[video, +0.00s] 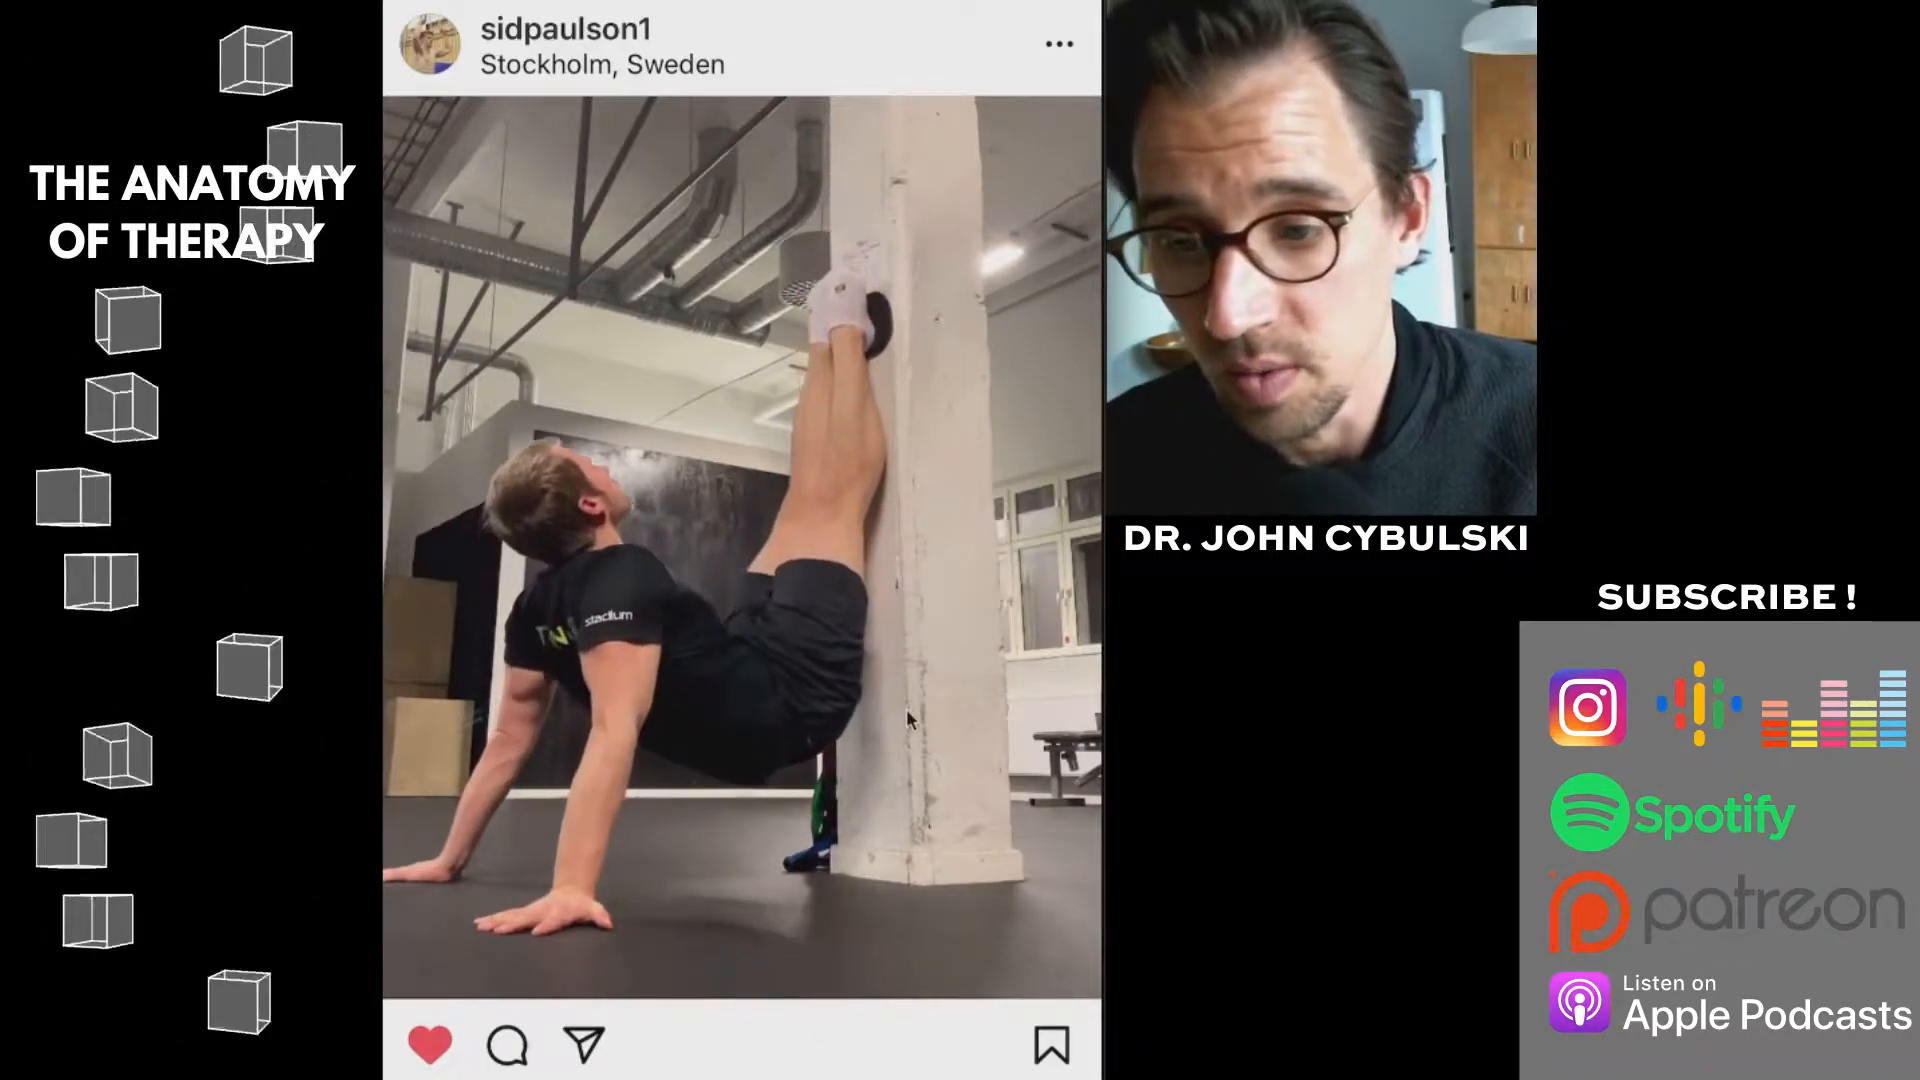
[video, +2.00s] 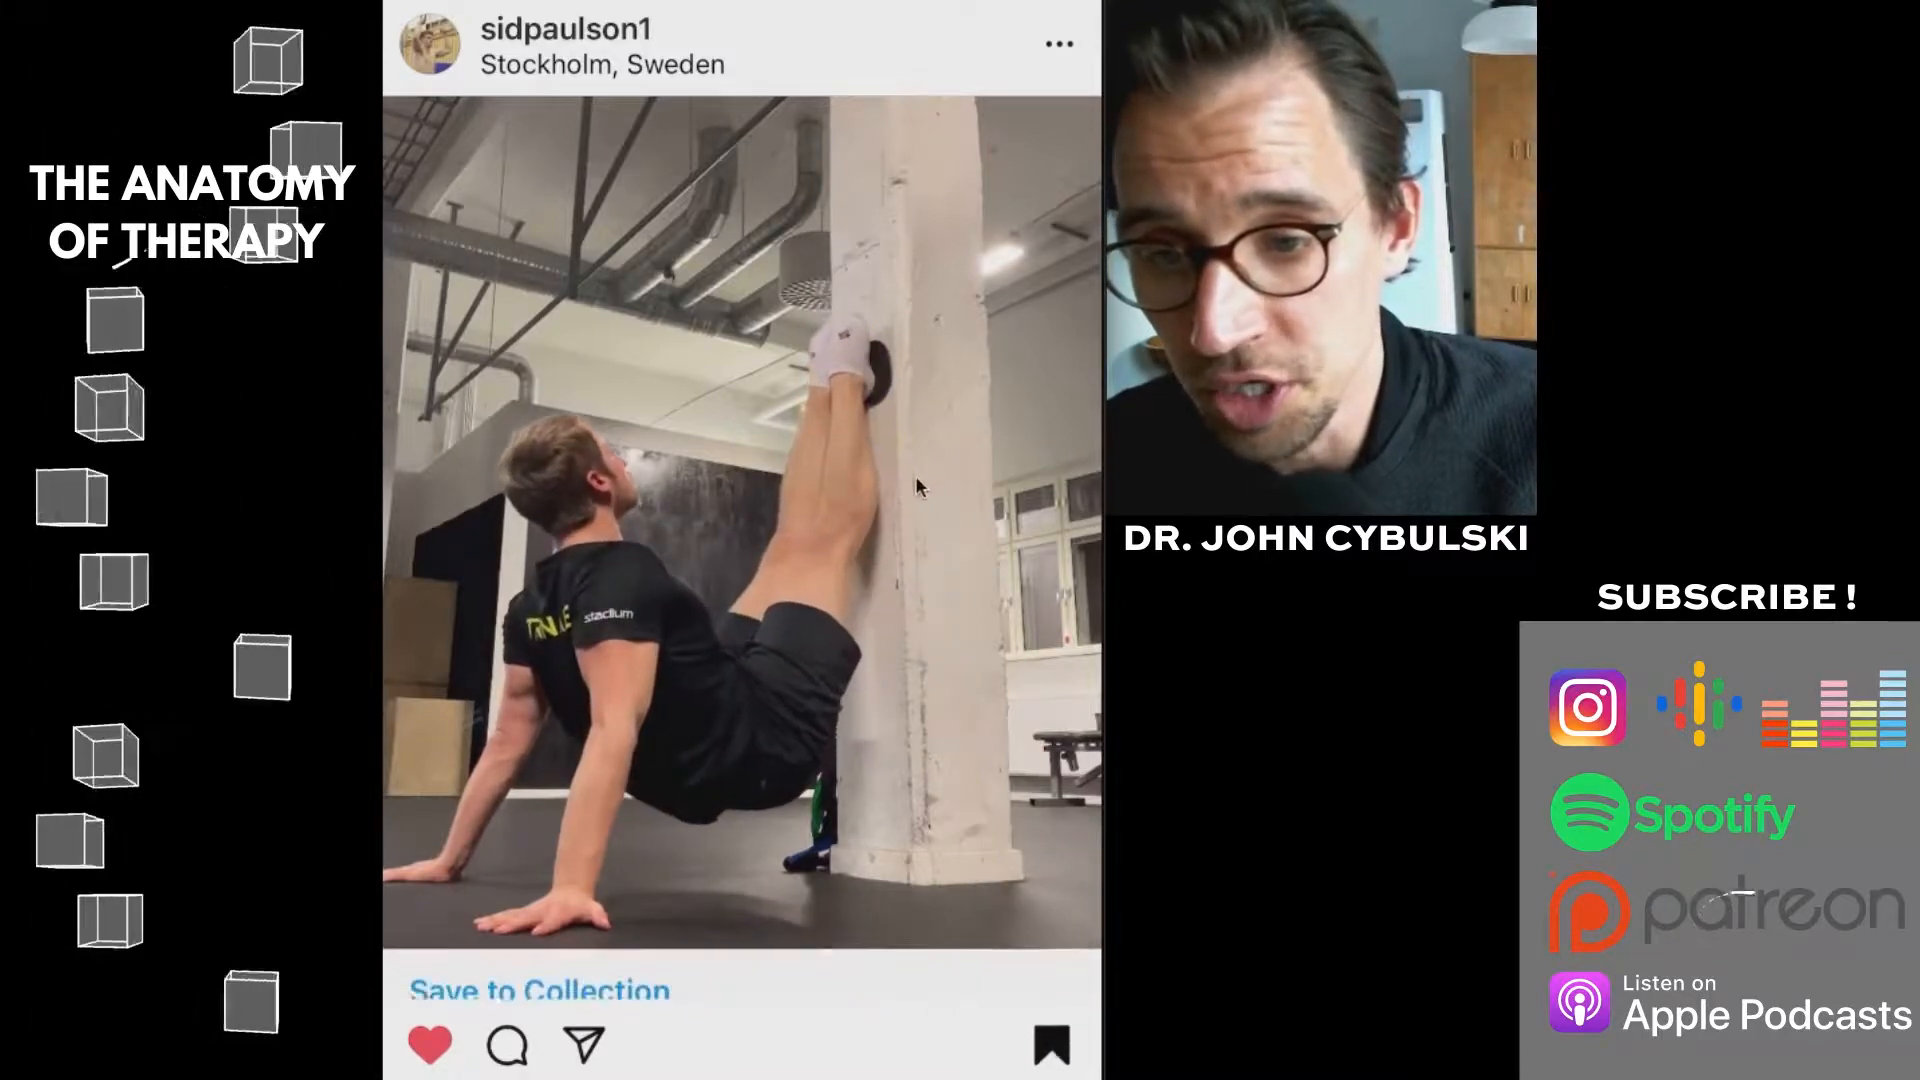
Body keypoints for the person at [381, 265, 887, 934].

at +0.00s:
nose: (602, 464)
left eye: (586, 459)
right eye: (590, 466)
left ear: (538, 533)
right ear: (592, 505)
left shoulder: (533, 606)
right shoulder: (620, 574)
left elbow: (508, 744)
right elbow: (612, 733)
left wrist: (449, 860)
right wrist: (572, 887)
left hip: (744, 731)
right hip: (795, 697)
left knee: (806, 500)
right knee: (838, 493)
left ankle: (826, 343)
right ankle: (847, 336)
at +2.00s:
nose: (623, 460)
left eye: (612, 450)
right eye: (612, 454)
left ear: (543, 508)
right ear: (600, 482)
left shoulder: (529, 605)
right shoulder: (620, 572)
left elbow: (508, 744)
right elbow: (613, 727)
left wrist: (449, 859)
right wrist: (572, 888)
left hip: (697, 773)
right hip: (767, 745)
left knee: (792, 537)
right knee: (827, 536)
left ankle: (826, 386)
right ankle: (847, 378)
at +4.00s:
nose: (628, 461)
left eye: (618, 449)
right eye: (616, 454)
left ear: (541, 501)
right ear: (600, 479)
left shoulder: (522, 602)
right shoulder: (613, 571)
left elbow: (508, 744)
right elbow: (605, 730)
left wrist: (450, 859)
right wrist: (572, 889)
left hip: (665, 806)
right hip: (732, 782)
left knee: (782, 585)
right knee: (816, 581)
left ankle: (825, 425)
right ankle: (846, 429)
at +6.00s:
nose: (632, 460)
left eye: (622, 449)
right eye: (622, 453)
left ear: (546, 497)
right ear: (605, 478)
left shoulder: (529, 601)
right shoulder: (616, 569)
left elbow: (508, 750)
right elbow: (607, 735)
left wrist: (449, 861)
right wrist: (572, 885)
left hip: (645, 836)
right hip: (693, 824)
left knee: (769, 617)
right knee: (804, 615)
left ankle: (825, 467)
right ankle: (846, 466)